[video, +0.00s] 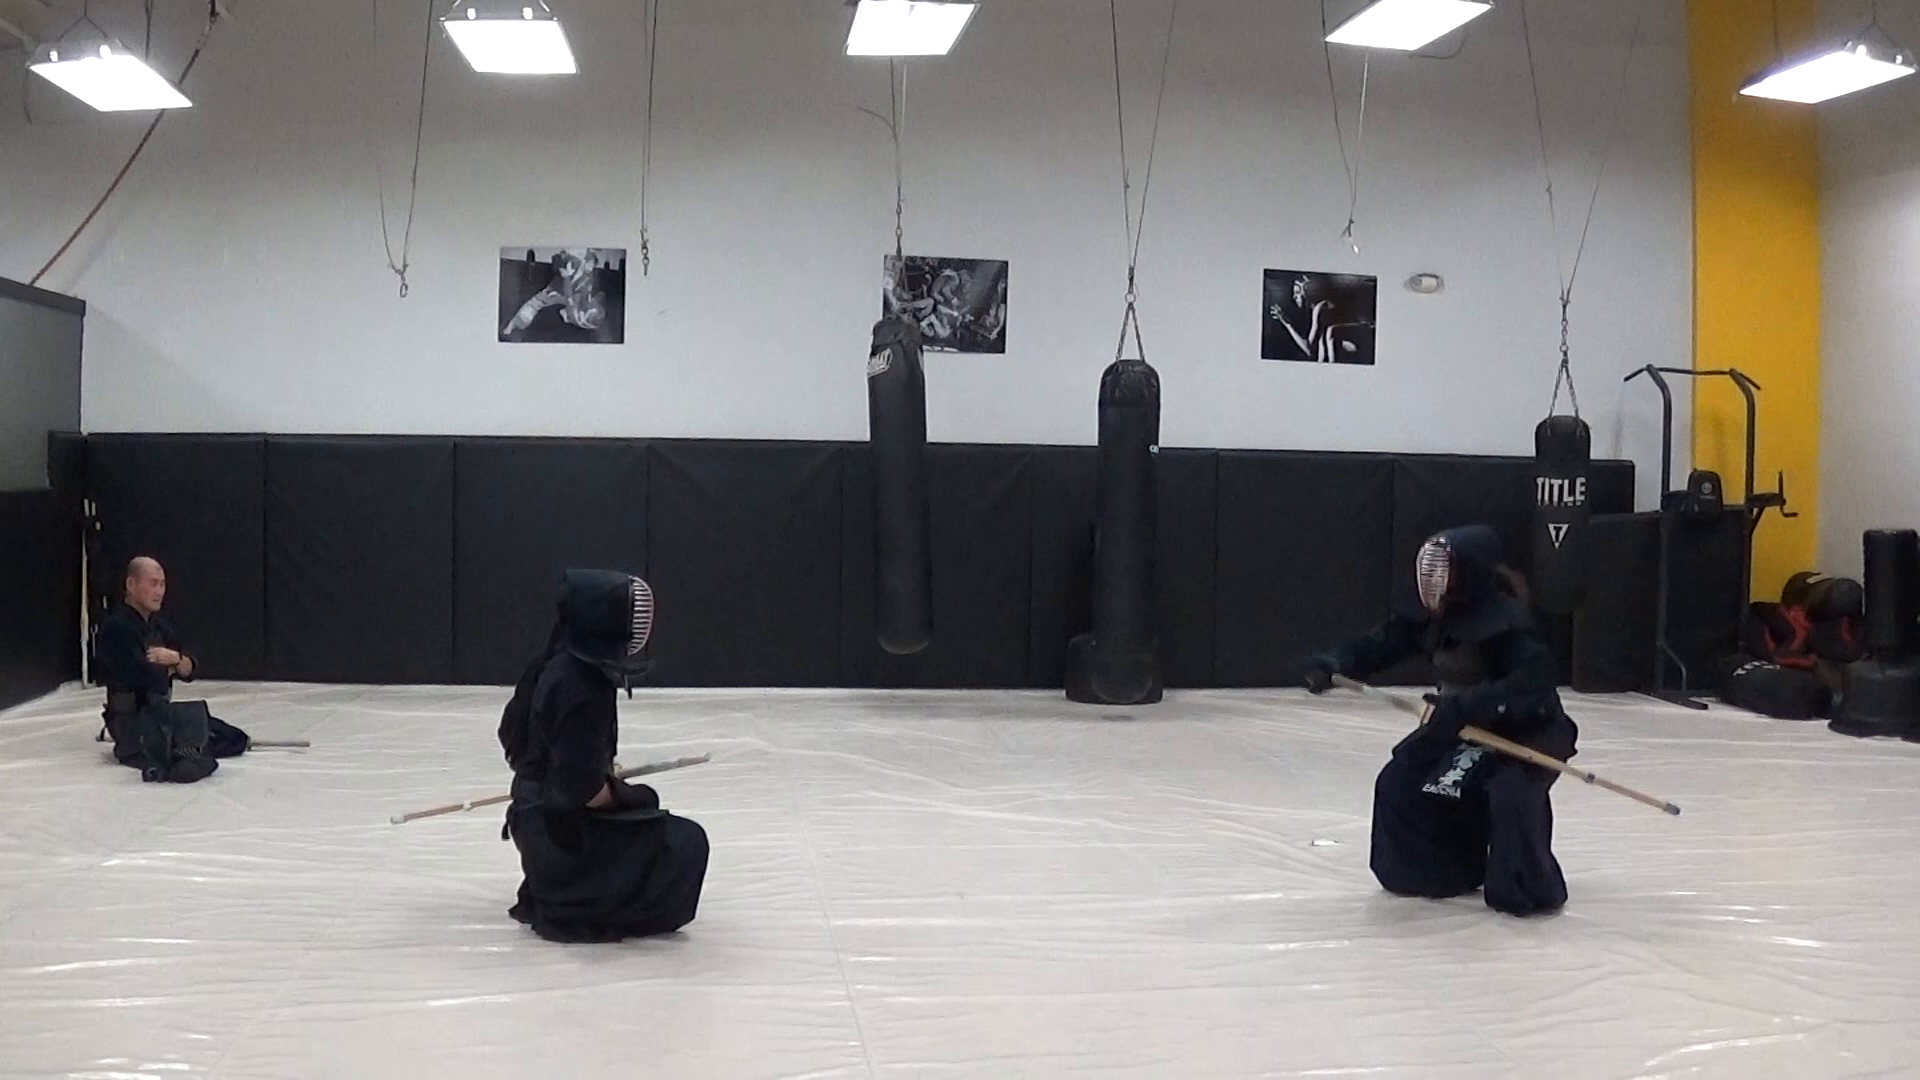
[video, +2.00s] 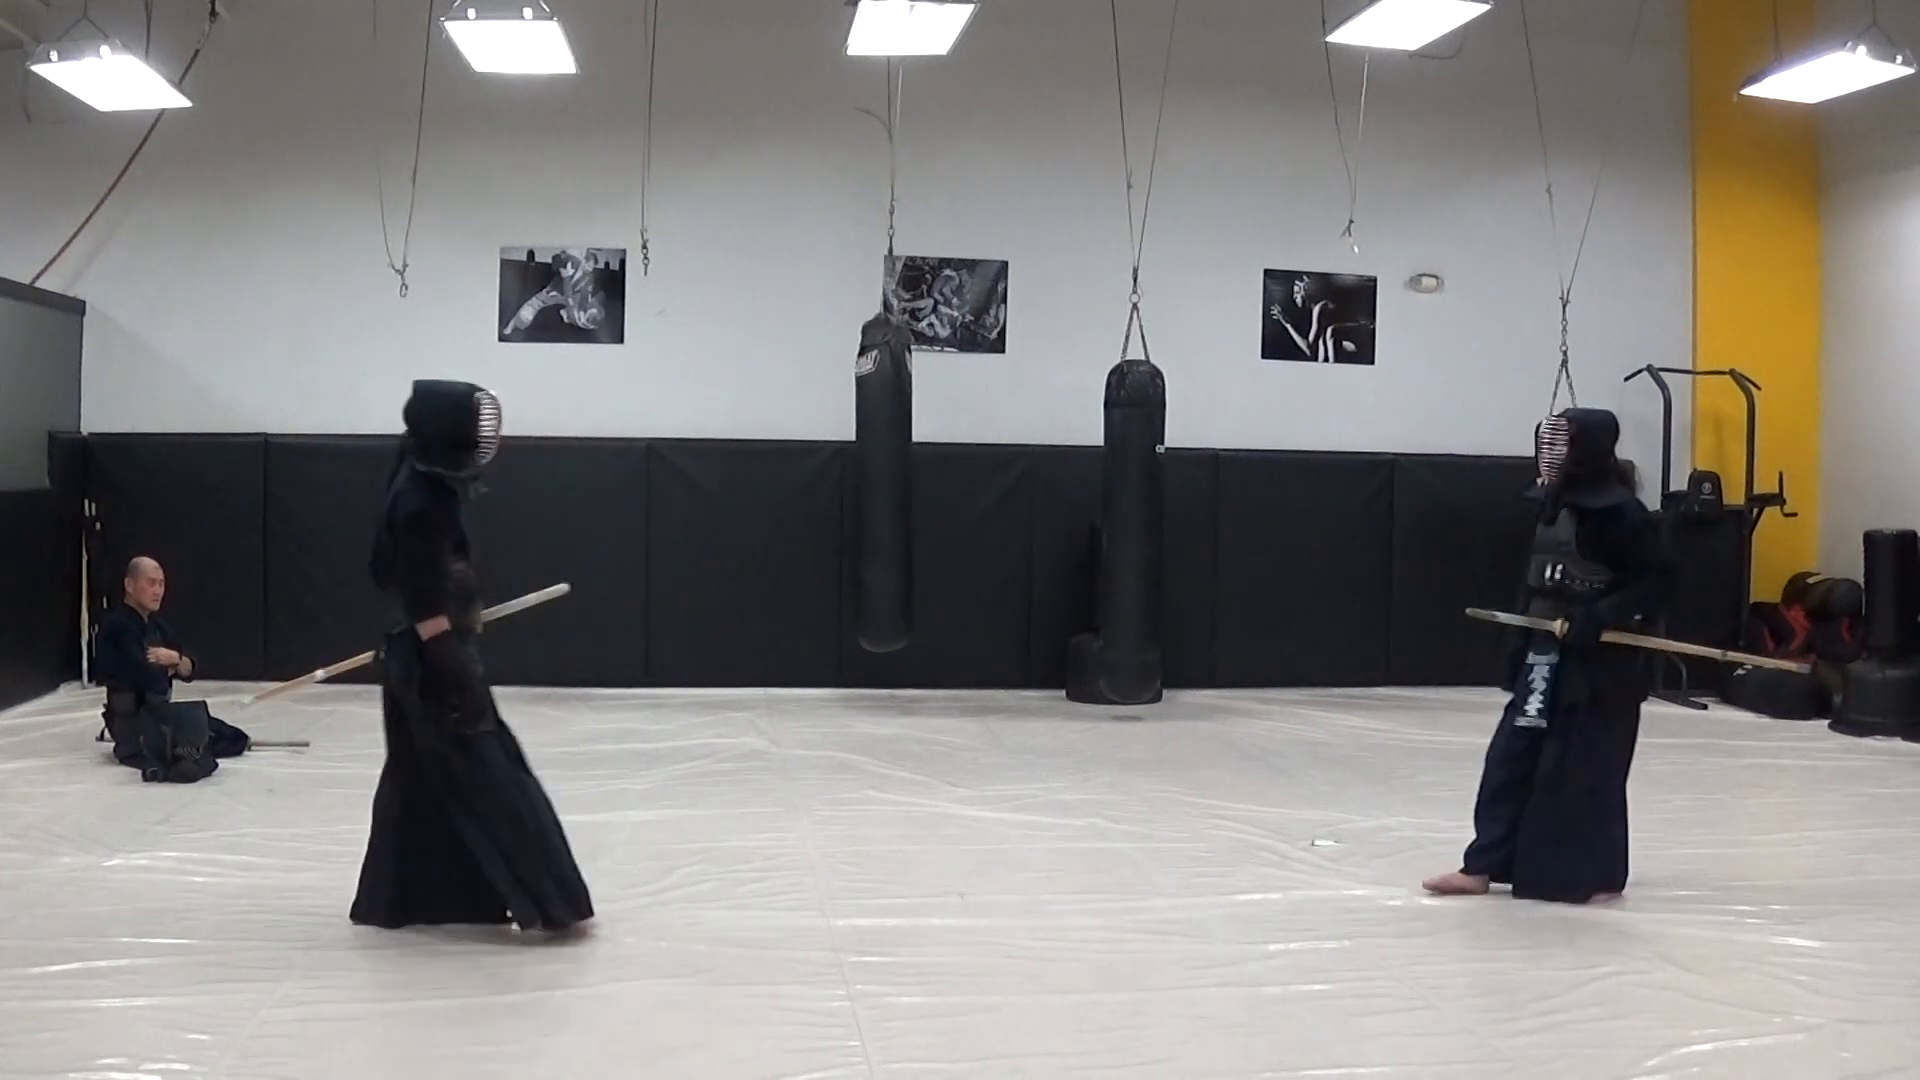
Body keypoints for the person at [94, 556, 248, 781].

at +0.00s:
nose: (160, 591)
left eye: (162, 585)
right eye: (153, 583)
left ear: (165, 587)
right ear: (130, 585)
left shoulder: (159, 623)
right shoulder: (116, 627)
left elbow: (191, 670)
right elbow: (140, 678)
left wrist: (176, 658)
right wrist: (173, 667)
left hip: (161, 719)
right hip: (129, 726)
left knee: (237, 740)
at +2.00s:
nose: (158, 591)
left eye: (161, 584)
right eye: (151, 583)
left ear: (164, 586)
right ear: (129, 585)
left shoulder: (156, 624)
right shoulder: (117, 625)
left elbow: (190, 671)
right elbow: (150, 683)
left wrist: (176, 658)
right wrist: (173, 667)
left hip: (161, 720)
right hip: (130, 728)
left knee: (236, 740)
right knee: (199, 759)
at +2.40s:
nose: (158, 590)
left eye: (161, 583)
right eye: (151, 582)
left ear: (164, 586)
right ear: (129, 585)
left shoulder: (156, 622)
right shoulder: (117, 625)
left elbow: (191, 670)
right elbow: (149, 683)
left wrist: (176, 658)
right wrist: (172, 668)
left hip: (163, 716)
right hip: (131, 725)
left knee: (237, 740)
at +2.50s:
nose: (159, 590)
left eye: (161, 584)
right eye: (152, 582)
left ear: (165, 586)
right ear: (129, 585)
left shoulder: (158, 622)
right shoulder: (117, 624)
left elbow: (190, 667)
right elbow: (142, 676)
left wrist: (175, 658)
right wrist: (175, 669)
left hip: (162, 711)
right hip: (130, 718)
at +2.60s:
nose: (158, 591)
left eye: (161, 584)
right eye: (151, 583)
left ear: (165, 586)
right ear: (129, 585)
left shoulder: (157, 624)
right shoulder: (117, 624)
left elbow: (193, 670)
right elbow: (146, 676)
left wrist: (173, 659)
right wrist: (179, 665)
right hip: (130, 727)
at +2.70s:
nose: (158, 590)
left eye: (161, 584)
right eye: (151, 583)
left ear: (165, 586)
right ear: (129, 585)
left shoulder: (161, 624)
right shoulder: (114, 623)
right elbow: (109, 675)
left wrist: (166, 657)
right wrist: (148, 661)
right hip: (128, 719)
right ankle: (129, 749)